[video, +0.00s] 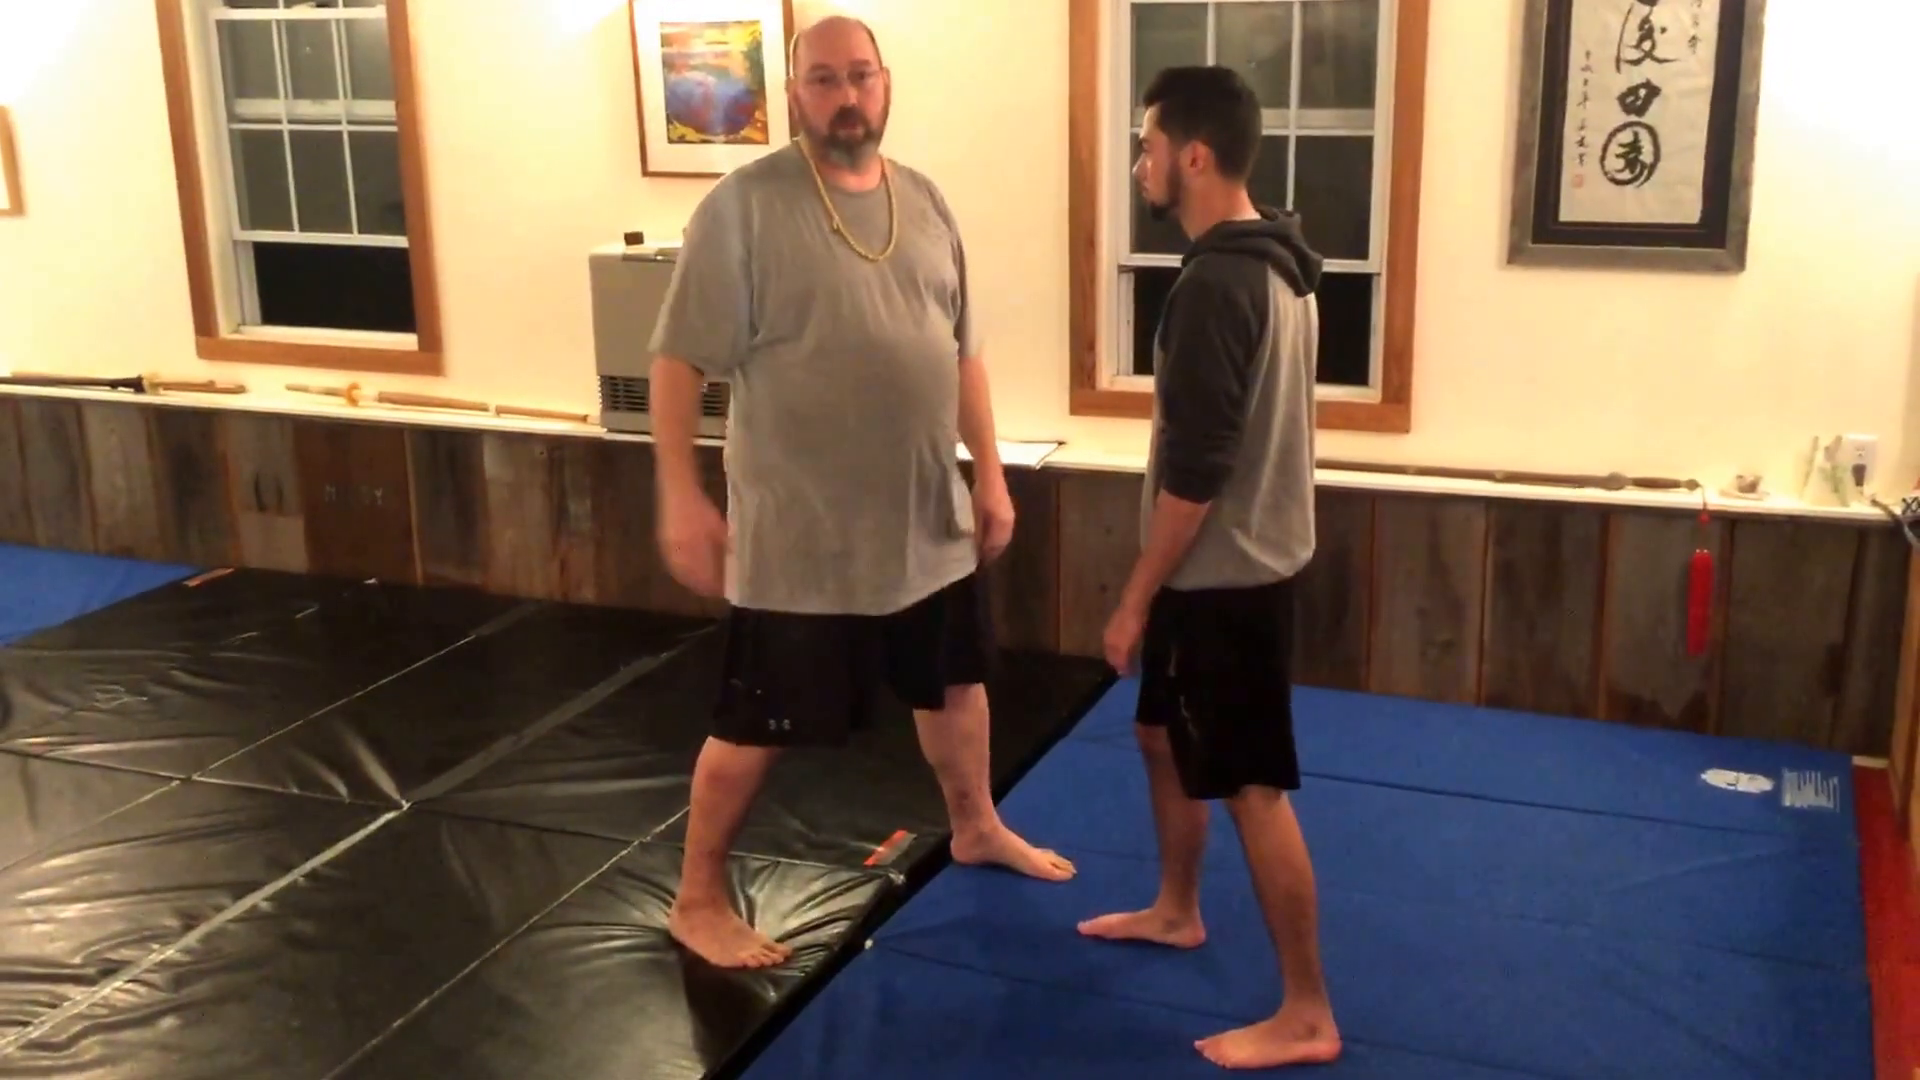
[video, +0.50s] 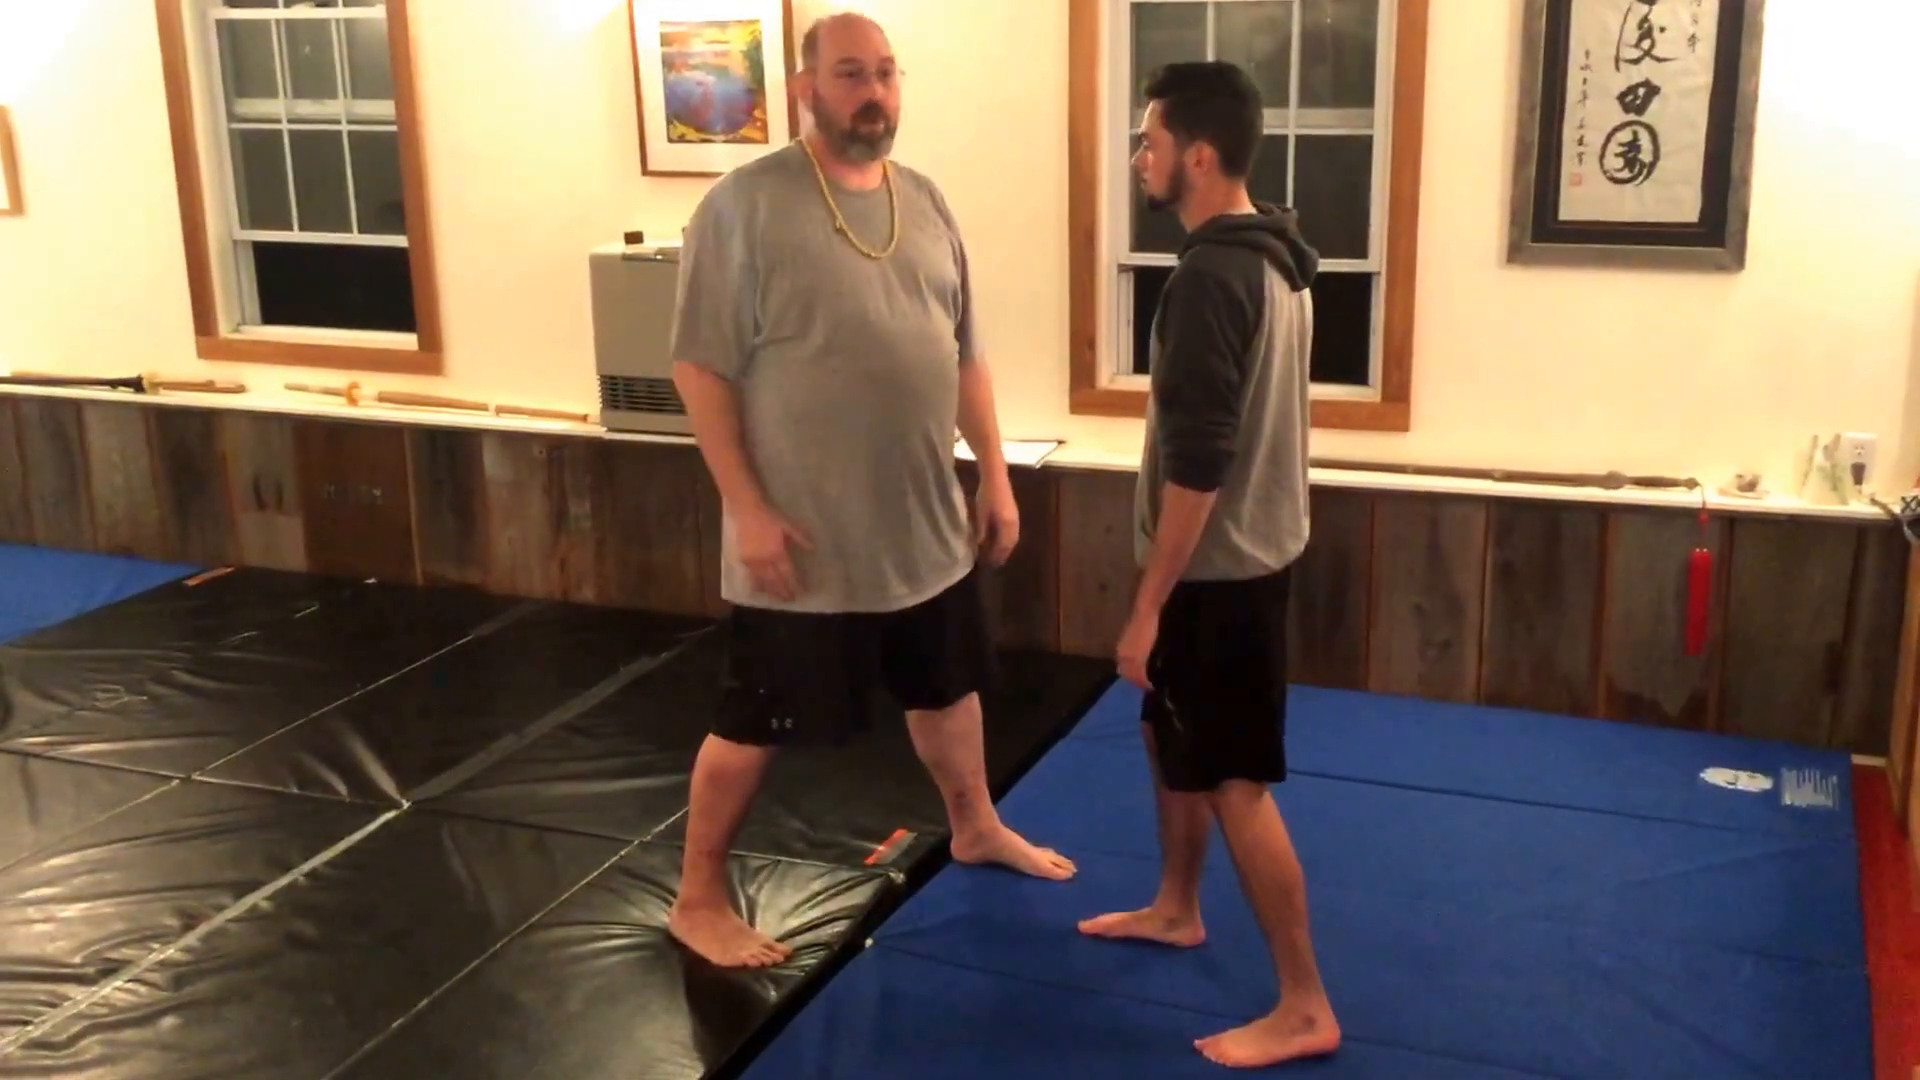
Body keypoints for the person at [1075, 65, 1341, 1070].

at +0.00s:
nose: (1142, 162)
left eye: (1151, 143)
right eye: (1145, 142)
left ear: (1197, 154)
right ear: (1226, 153)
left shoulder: (1216, 282)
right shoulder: (1274, 257)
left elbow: (1196, 472)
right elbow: (1268, 429)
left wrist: (1133, 600)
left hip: (1228, 570)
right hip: (1233, 555)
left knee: (1252, 786)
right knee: (1162, 731)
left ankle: (1307, 1013)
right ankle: (1177, 907)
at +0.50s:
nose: (1139, 155)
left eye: (1151, 138)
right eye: (1143, 136)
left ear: (1200, 152)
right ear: (1223, 151)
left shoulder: (1212, 270)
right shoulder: (1273, 250)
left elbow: (1200, 461)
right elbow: (1263, 426)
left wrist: (1149, 605)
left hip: (1222, 565)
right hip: (1243, 549)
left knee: (1235, 782)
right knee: (1172, 729)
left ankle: (1305, 1006)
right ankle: (1176, 904)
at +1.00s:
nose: (1142, 158)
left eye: (1154, 141)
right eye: (1146, 139)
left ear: (1203, 155)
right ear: (1225, 155)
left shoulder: (1223, 278)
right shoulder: (1270, 253)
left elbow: (1215, 471)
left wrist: (1151, 602)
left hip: (1244, 566)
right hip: (1235, 553)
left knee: (1269, 787)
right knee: (1177, 733)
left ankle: (1309, 1013)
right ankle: (1177, 905)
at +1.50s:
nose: (1143, 159)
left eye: (1155, 143)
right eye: (1146, 141)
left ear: (1204, 156)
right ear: (1224, 156)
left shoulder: (1224, 278)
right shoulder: (1271, 252)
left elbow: (1220, 468)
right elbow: (1249, 444)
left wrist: (1172, 608)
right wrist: (1186, 571)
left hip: (1246, 571)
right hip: (1234, 557)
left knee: (1266, 788)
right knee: (1175, 732)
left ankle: (1309, 1012)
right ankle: (1177, 906)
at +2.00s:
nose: (1146, 157)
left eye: (1158, 141)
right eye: (1150, 139)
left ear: (1205, 157)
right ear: (1230, 158)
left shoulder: (1221, 280)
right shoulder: (1276, 255)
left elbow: (1200, 472)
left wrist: (1139, 599)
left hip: (1235, 569)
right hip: (1229, 555)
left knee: (1262, 787)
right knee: (1169, 734)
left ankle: (1309, 1013)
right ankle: (1177, 906)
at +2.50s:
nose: (1142, 162)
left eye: (1150, 145)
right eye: (1144, 144)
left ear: (1193, 155)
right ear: (1231, 152)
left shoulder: (1216, 281)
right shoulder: (1277, 255)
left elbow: (1204, 474)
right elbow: (1275, 425)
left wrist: (1149, 613)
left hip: (1229, 571)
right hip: (1239, 555)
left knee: (1254, 784)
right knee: (1165, 725)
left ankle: (1307, 1010)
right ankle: (1175, 903)